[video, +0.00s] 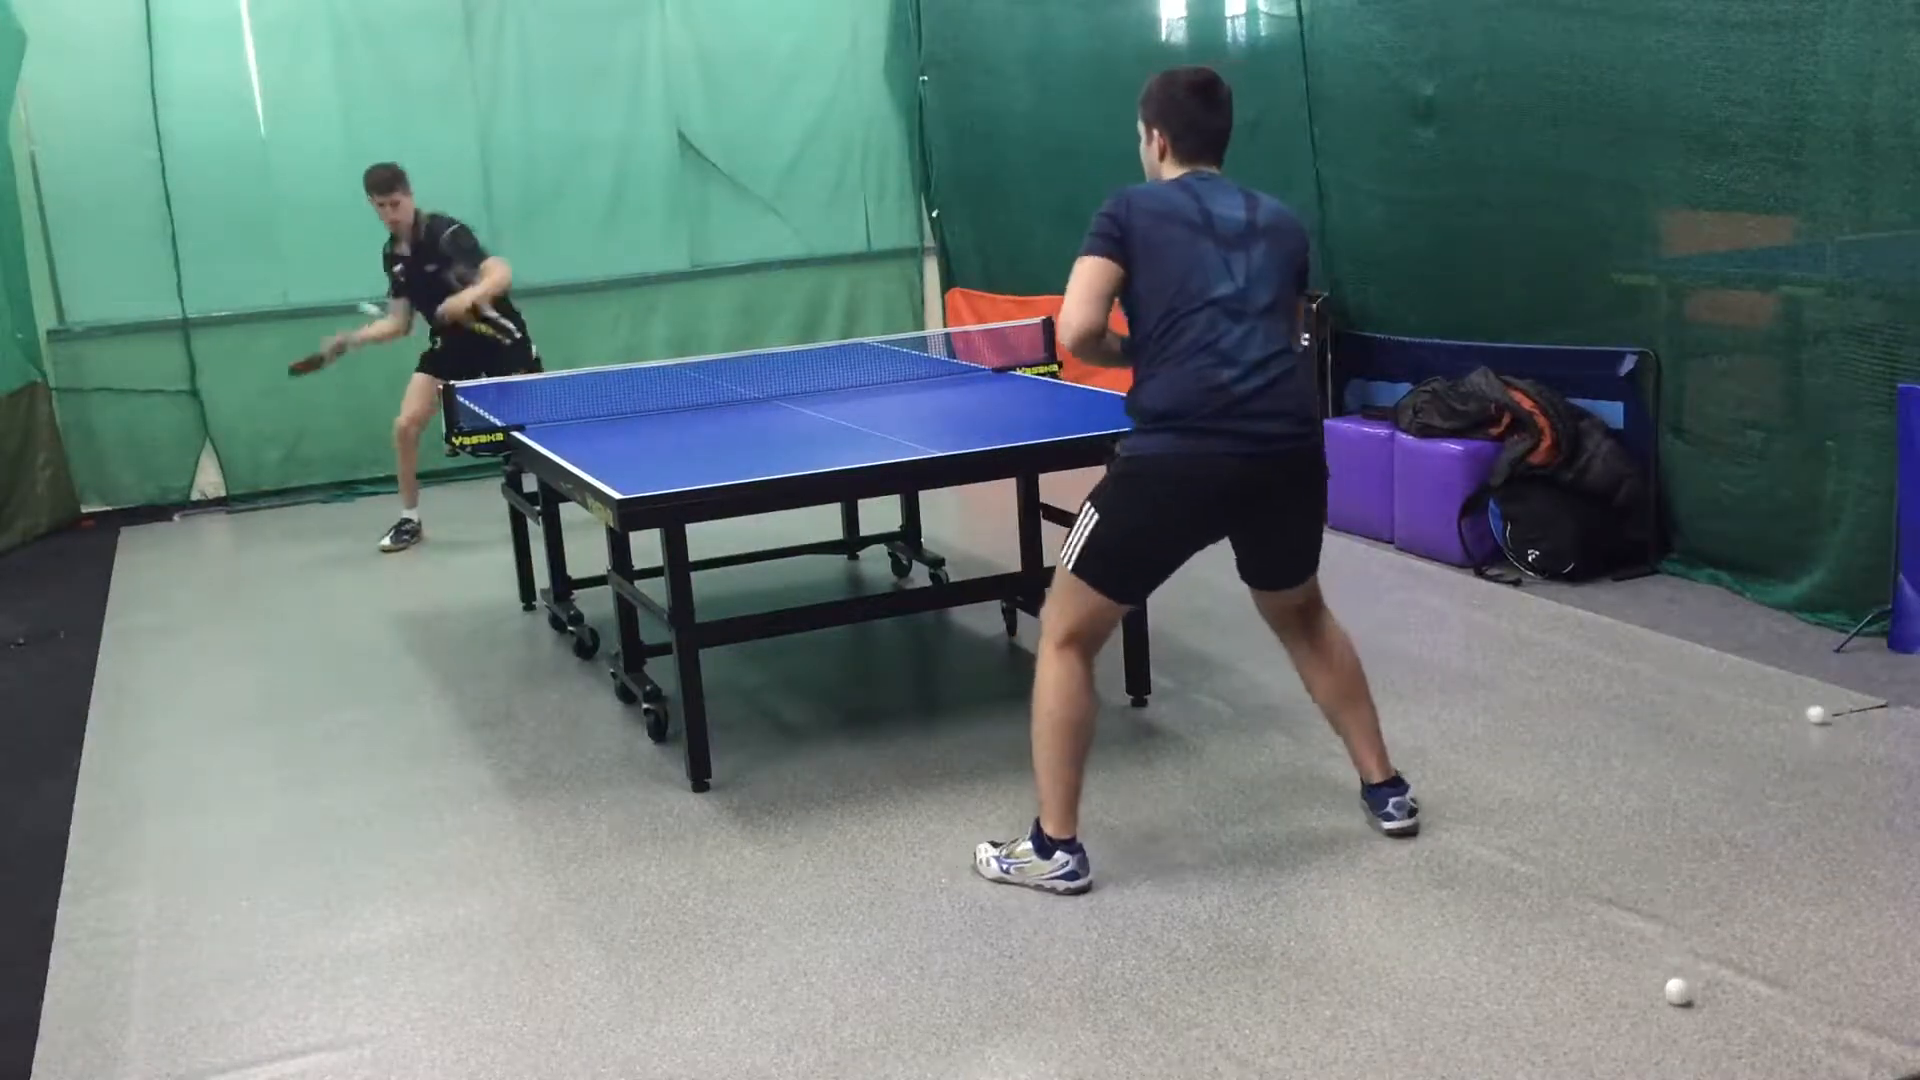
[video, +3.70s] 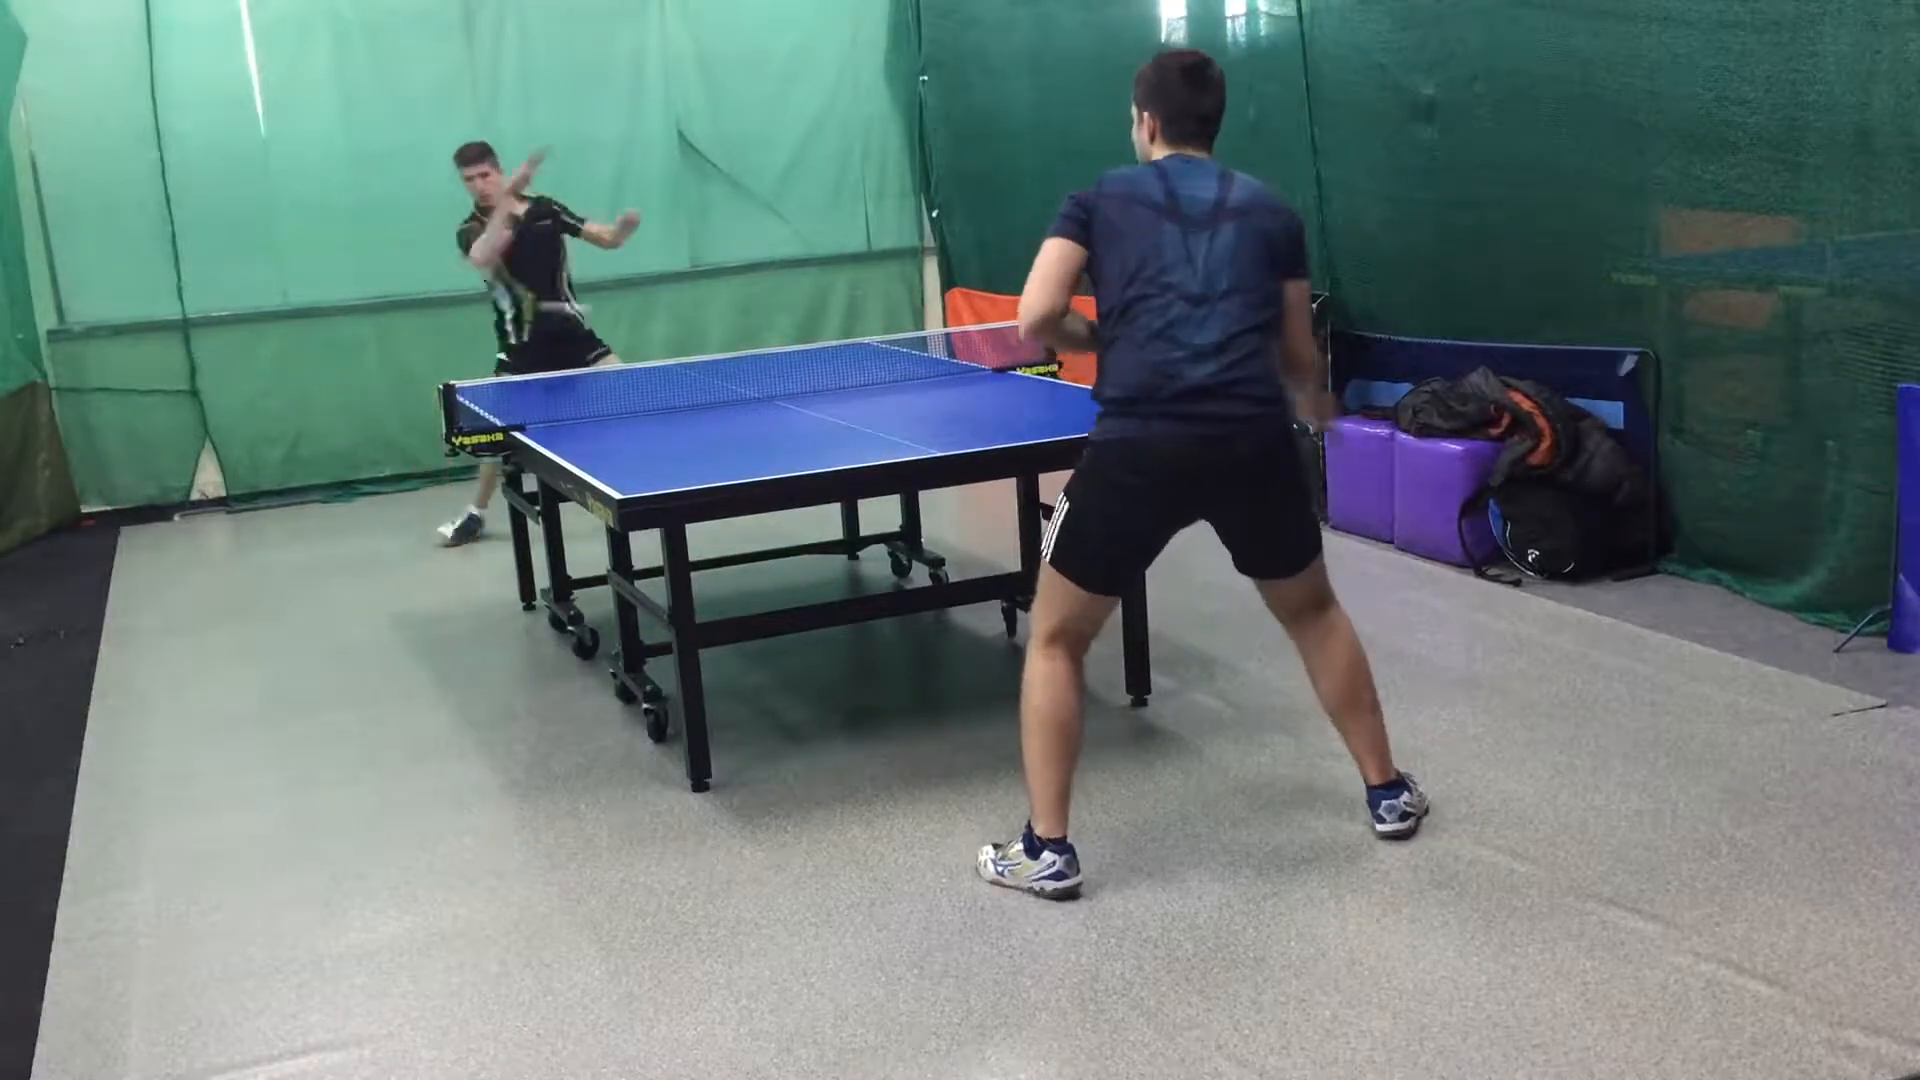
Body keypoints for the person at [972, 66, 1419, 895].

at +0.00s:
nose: (1142, 147)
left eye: (1143, 136)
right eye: (1147, 134)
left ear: (1155, 140)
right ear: (1225, 141)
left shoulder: (1131, 210)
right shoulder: (1284, 221)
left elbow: (1080, 330)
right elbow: (1287, 331)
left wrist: (1136, 352)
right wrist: (1192, 338)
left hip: (1174, 464)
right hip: (1286, 462)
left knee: (1068, 636)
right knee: (1303, 615)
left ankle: (1056, 844)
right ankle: (1386, 789)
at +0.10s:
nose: (1145, 131)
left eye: (1146, 120)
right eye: (1151, 119)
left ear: (1157, 125)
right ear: (1229, 126)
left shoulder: (1123, 197)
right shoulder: (1286, 209)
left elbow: (1062, 316)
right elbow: (1306, 353)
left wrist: (1127, 338)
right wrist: (1263, 397)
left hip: (1157, 450)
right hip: (1273, 448)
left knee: (1072, 638)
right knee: (1311, 612)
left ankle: (1055, 844)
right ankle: (1386, 790)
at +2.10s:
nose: (1173, 168)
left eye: (1172, 158)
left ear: (1176, 164)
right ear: (1250, 166)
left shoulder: (1124, 233)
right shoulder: (1289, 244)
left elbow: (1056, 345)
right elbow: (1316, 392)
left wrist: (1129, 372)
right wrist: (1377, 399)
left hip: (1142, 480)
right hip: (1261, 478)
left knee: (1066, 648)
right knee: (1330, 612)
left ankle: (1050, 849)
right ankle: (1392, 788)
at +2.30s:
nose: (1188, 149)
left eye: (1189, 138)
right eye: (1200, 139)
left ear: (1197, 145)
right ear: (1270, 153)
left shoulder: (1148, 213)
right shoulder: (1312, 240)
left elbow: (1076, 329)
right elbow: (1316, 380)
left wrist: (1142, 351)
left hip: (1165, 466)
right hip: (1281, 465)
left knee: (1077, 637)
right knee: (1332, 610)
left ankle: (1049, 837)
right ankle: (1392, 786)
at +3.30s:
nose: (1109, 122)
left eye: (1111, 112)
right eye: (1120, 111)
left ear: (1122, 117)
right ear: (1195, 122)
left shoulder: (1081, 189)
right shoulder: (1246, 204)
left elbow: (1020, 313)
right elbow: (1256, 330)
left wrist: (1075, 333)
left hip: (1133, 449)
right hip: (1247, 443)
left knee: (1054, 644)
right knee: (1304, 612)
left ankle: (1049, 849)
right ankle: (1389, 784)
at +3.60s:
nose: (1114, 138)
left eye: (1115, 126)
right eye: (1122, 126)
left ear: (1126, 133)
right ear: (1198, 133)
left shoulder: (1093, 206)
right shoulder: (1256, 216)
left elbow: (1039, 325)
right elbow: (1277, 337)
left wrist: (1100, 350)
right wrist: (1202, 336)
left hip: (1143, 465)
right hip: (1256, 460)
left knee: (1054, 644)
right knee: (1304, 616)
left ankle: (1049, 848)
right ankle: (1386, 792)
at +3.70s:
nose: (1131, 125)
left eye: (1132, 114)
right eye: (1136, 113)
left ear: (1145, 122)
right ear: (1218, 124)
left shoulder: (1098, 198)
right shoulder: (1269, 210)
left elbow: (1039, 314)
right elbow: (1297, 352)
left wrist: (1099, 340)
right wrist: (1314, 396)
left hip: (1138, 452)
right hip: (1252, 448)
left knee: (1058, 640)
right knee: (1314, 612)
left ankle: (1047, 845)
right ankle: (1387, 793)